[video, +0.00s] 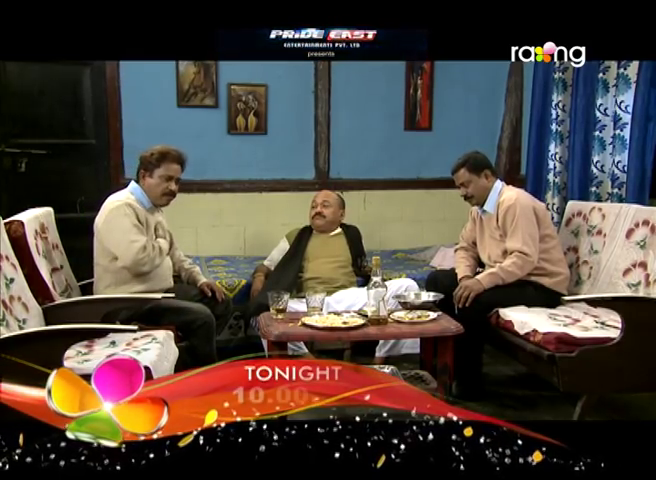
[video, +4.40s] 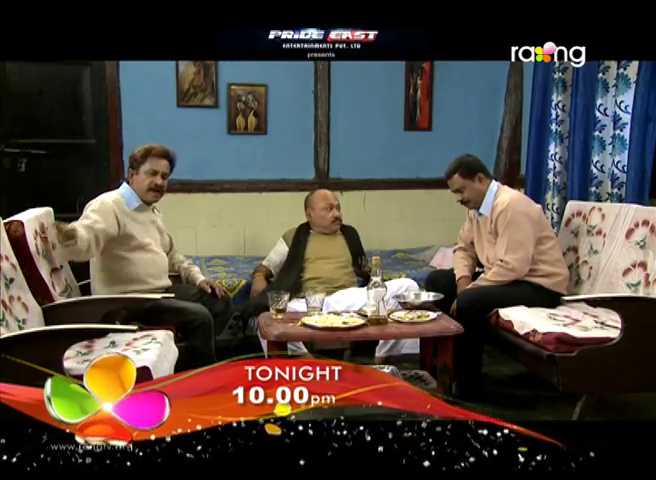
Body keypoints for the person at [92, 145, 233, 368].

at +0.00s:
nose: (173, 188)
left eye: (177, 181)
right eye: (166, 180)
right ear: (144, 177)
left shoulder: (154, 212)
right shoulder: (119, 209)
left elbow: (175, 257)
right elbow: (136, 260)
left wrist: (200, 280)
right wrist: (162, 245)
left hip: (157, 295)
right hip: (127, 304)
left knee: (218, 303)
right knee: (201, 318)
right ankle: (204, 384)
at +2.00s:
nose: (183, 191)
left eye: (188, 185)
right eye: (177, 182)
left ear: (191, 187)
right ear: (156, 178)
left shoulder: (162, 215)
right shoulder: (131, 208)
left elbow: (181, 259)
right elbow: (147, 262)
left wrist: (203, 283)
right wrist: (169, 244)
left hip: (156, 296)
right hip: (128, 304)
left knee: (218, 304)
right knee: (201, 319)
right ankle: (204, 385)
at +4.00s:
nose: (159, 182)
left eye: (163, 177)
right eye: (152, 175)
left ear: (166, 181)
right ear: (131, 176)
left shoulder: (146, 212)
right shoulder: (108, 206)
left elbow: (173, 257)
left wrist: (200, 281)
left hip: (157, 293)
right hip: (126, 301)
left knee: (218, 303)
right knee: (200, 318)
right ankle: (204, 384)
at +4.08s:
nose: (158, 181)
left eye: (162, 176)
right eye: (151, 173)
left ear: (165, 181)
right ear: (129, 175)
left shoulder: (146, 212)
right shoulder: (107, 205)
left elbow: (173, 257)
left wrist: (200, 280)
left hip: (158, 292)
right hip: (125, 301)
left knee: (218, 302)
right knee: (201, 318)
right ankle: (204, 384)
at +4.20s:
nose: (159, 178)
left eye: (162, 173)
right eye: (151, 171)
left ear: (164, 178)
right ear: (129, 175)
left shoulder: (144, 210)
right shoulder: (110, 203)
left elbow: (170, 256)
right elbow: (121, 240)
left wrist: (199, 280)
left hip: (157, 293)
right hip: (126, 301)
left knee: (218, 302)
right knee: (201, 317)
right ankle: (203, 383)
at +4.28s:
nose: (160, 177)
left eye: (163, 173)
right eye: (152, 170)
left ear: (166, 177)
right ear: (131, 175)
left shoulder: (146, 211)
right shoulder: (112, 202)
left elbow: (168, 255)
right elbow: (112, 226)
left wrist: (199, 280)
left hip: (159, 293)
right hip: (126, 302)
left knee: (218, 302)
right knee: (201, 318)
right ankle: (204, 382)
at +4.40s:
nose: (159, 182)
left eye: (164, 177)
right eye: (152, 174)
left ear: (168, 181)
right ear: (132, 175)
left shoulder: (151, 213)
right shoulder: (108, 206)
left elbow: (172, 256)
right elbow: (86, 237)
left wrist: (200, 280)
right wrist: (62, 235)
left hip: (161, 295)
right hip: (127, 304)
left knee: (219, 303)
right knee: (199, 318)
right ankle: (203, 383)